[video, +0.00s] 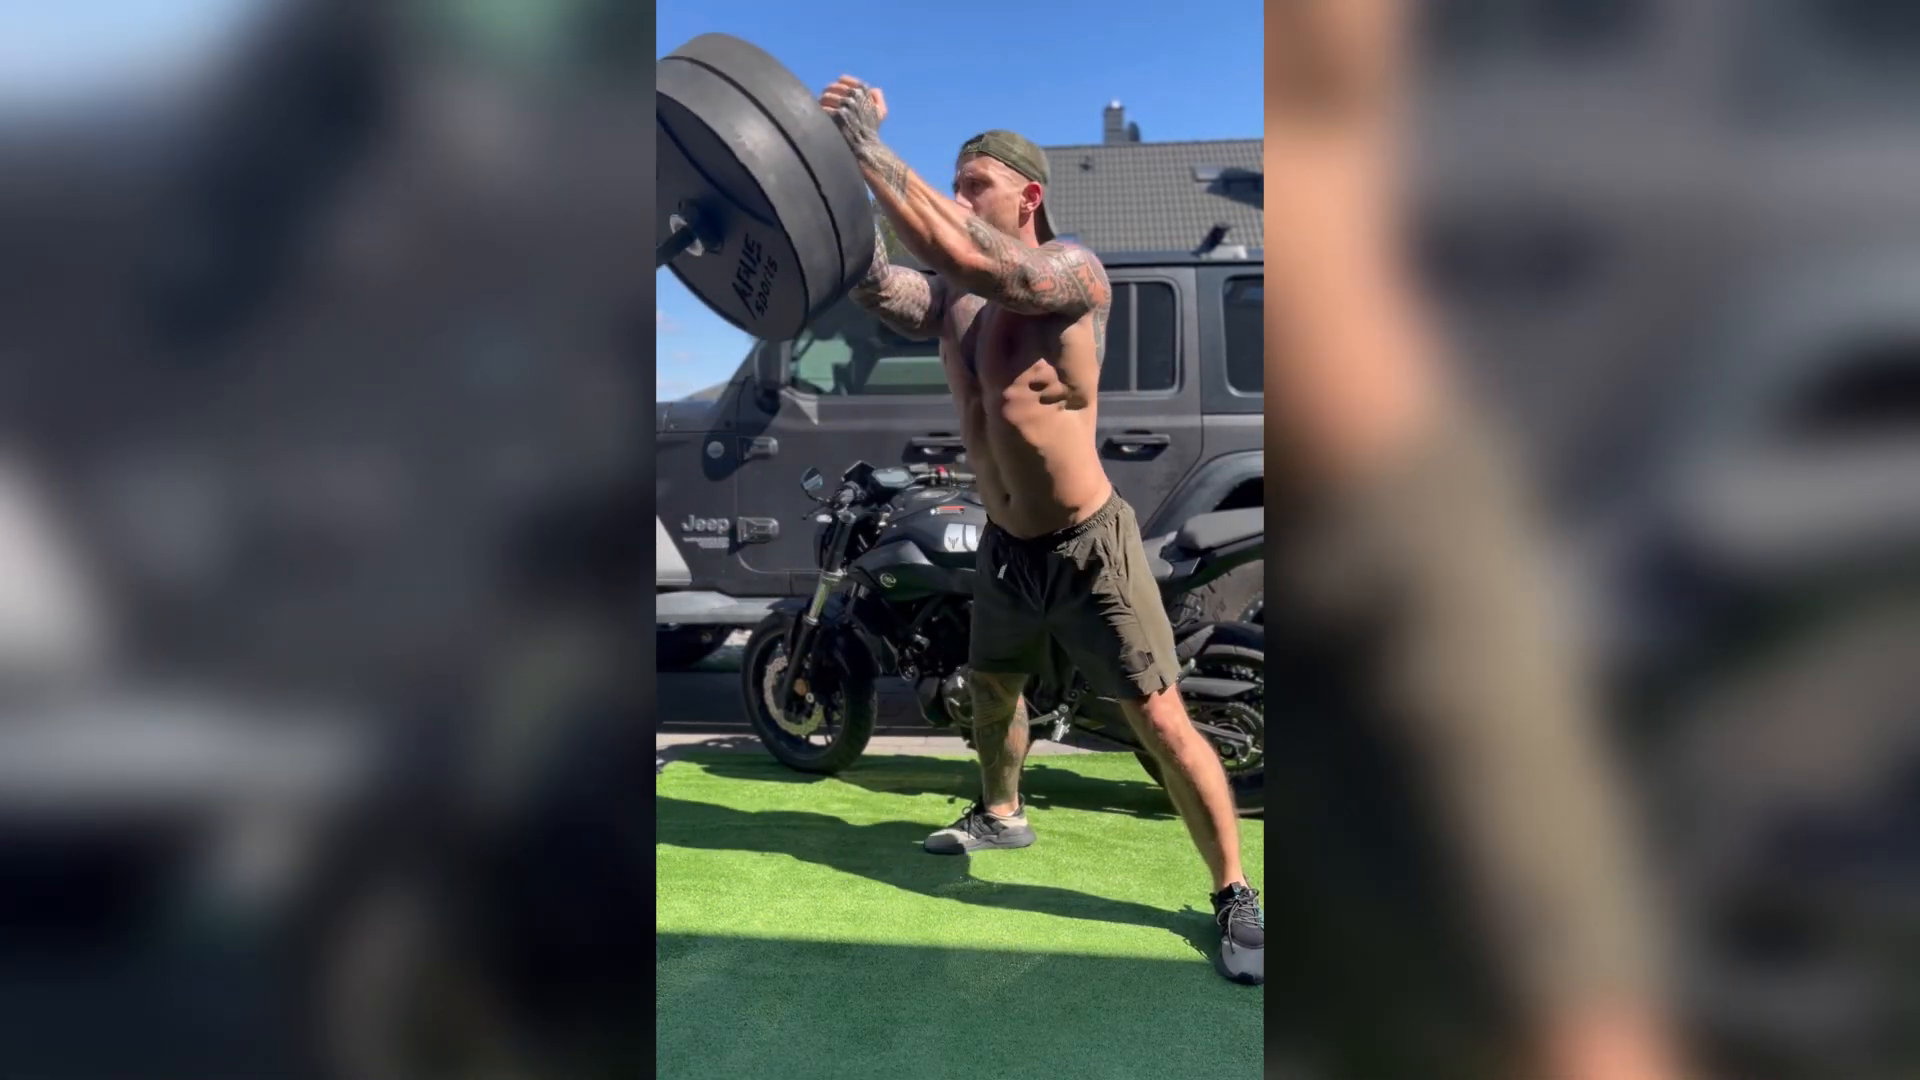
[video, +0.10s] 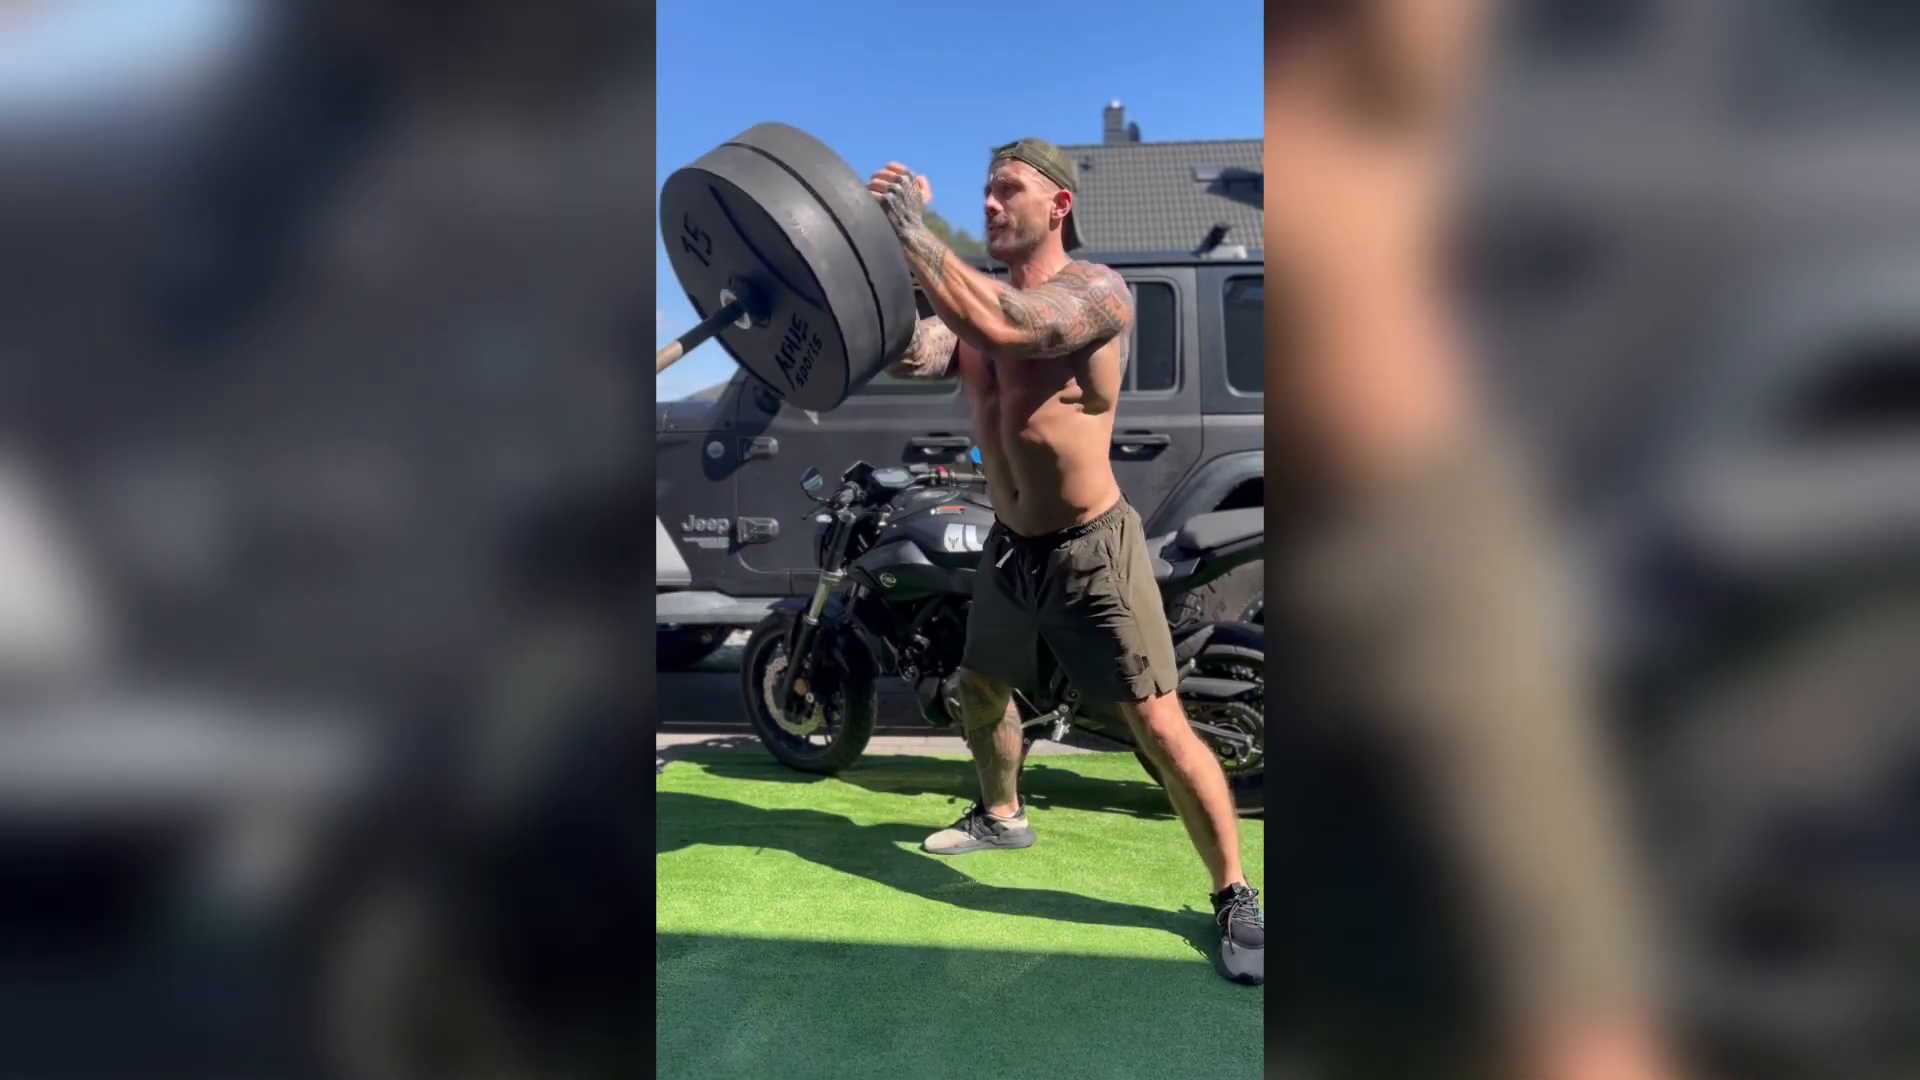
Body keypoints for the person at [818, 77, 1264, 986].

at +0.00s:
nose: (959, 201)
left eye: (975, 185)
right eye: (953, 187)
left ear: (1031, 195)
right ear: (958, 200)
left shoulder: (1074, 272)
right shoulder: (950, 292)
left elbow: (971, 257)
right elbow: (870, 281)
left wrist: (869, 151)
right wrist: (817, 192)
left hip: (1091, 539)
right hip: (1007, 547)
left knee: (1159, 720)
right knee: (993, 693)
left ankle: (1234, 894)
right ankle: (1000, 816)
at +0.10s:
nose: (991, 203)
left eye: (1008, 189)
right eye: (987, 191)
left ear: (1060, 204)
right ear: (990, 209)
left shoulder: (1100, 292)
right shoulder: (974, 299)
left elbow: (1004, 324)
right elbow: (910, 350)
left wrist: (916, 233)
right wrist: (841, 289)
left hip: (1096, 542)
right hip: (1011, 545)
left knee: (1156, 720)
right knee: (982, 692)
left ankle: (1234, 895)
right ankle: (1001, 817)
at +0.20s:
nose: (998, 239)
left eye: (1016, 227)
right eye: (996, 227)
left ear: (1066, 243)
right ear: (997, 247)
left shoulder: (1109, 333)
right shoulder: (997, 341)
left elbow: (1029, 416)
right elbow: (944, 430)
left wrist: (955, 324)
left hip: (1113, 565)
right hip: (1025, 566)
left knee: (1162, 734)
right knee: (963, 694)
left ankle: (1236, 897)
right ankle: (1003, 818)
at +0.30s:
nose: (1001, 298)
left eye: (1019, 286)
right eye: (999, 287)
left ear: (1068, 302)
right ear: (999, 304)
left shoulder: (1112, 393)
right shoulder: (1004, 396)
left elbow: (1051, 501)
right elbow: (961, 510)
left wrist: (984, 414)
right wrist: (934, 422)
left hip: (1129, 594)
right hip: (1042, 596)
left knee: (1165, 742)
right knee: (947, 695)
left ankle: (1237, 899)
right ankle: (1001, 818)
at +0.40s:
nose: (998, 360)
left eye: (1016, 349)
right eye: (999, 348)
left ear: (1065, 368)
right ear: (1001, 364)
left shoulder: (1116, 453)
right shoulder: (1006, 453)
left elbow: (1072, 576)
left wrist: (1004, 490)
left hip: (1142, 624)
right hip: (1054, 624)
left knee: (1162, 746)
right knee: (946, 700)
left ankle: (1237, 898)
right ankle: (996, 817)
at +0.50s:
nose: (997, 417)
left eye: (1015, 406)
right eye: (995, 405)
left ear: (1062, 422)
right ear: (990, 414)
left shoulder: (1118, 505)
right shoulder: (998, 503)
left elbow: (1078, 637)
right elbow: (966, 588)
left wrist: (1017, 553)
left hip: (1153, 654)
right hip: (1059, 654)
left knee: (1166, 749)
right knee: (951, 697)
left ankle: (1236, 900)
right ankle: (999, 819)